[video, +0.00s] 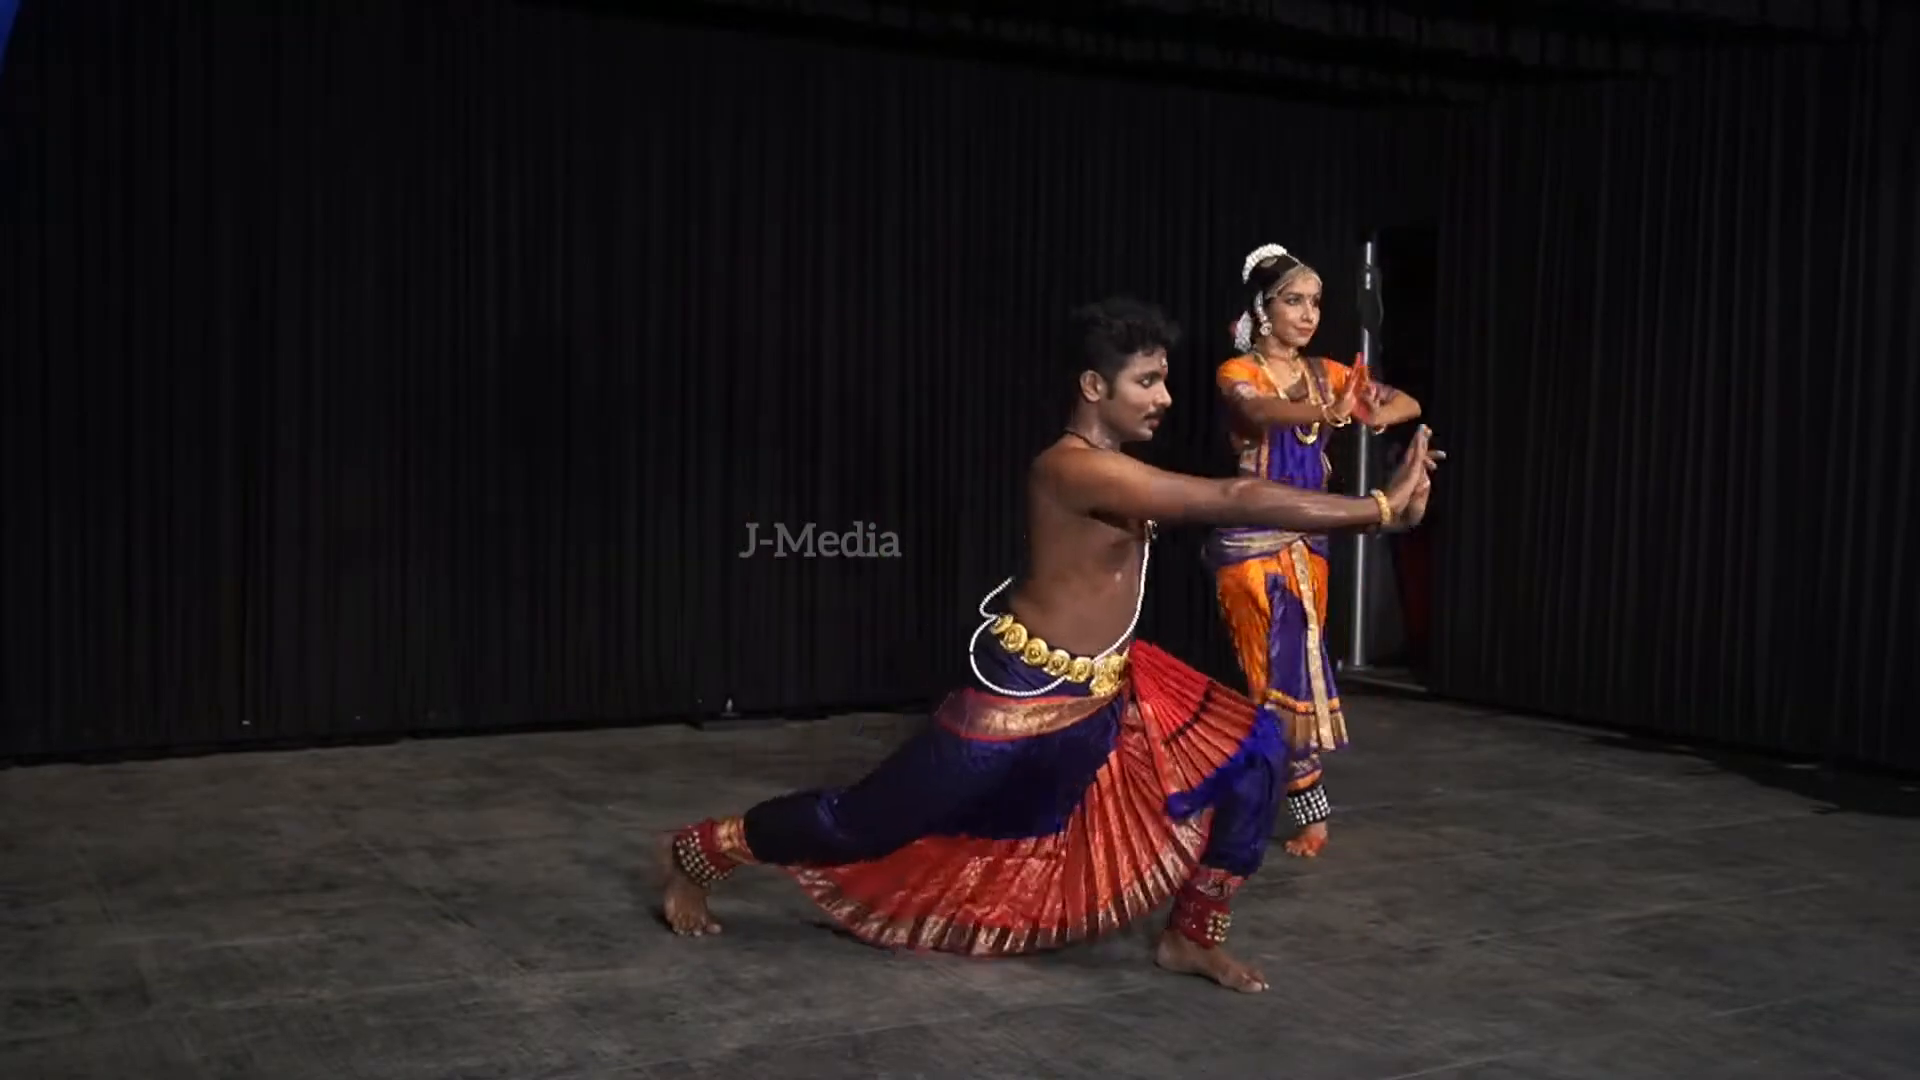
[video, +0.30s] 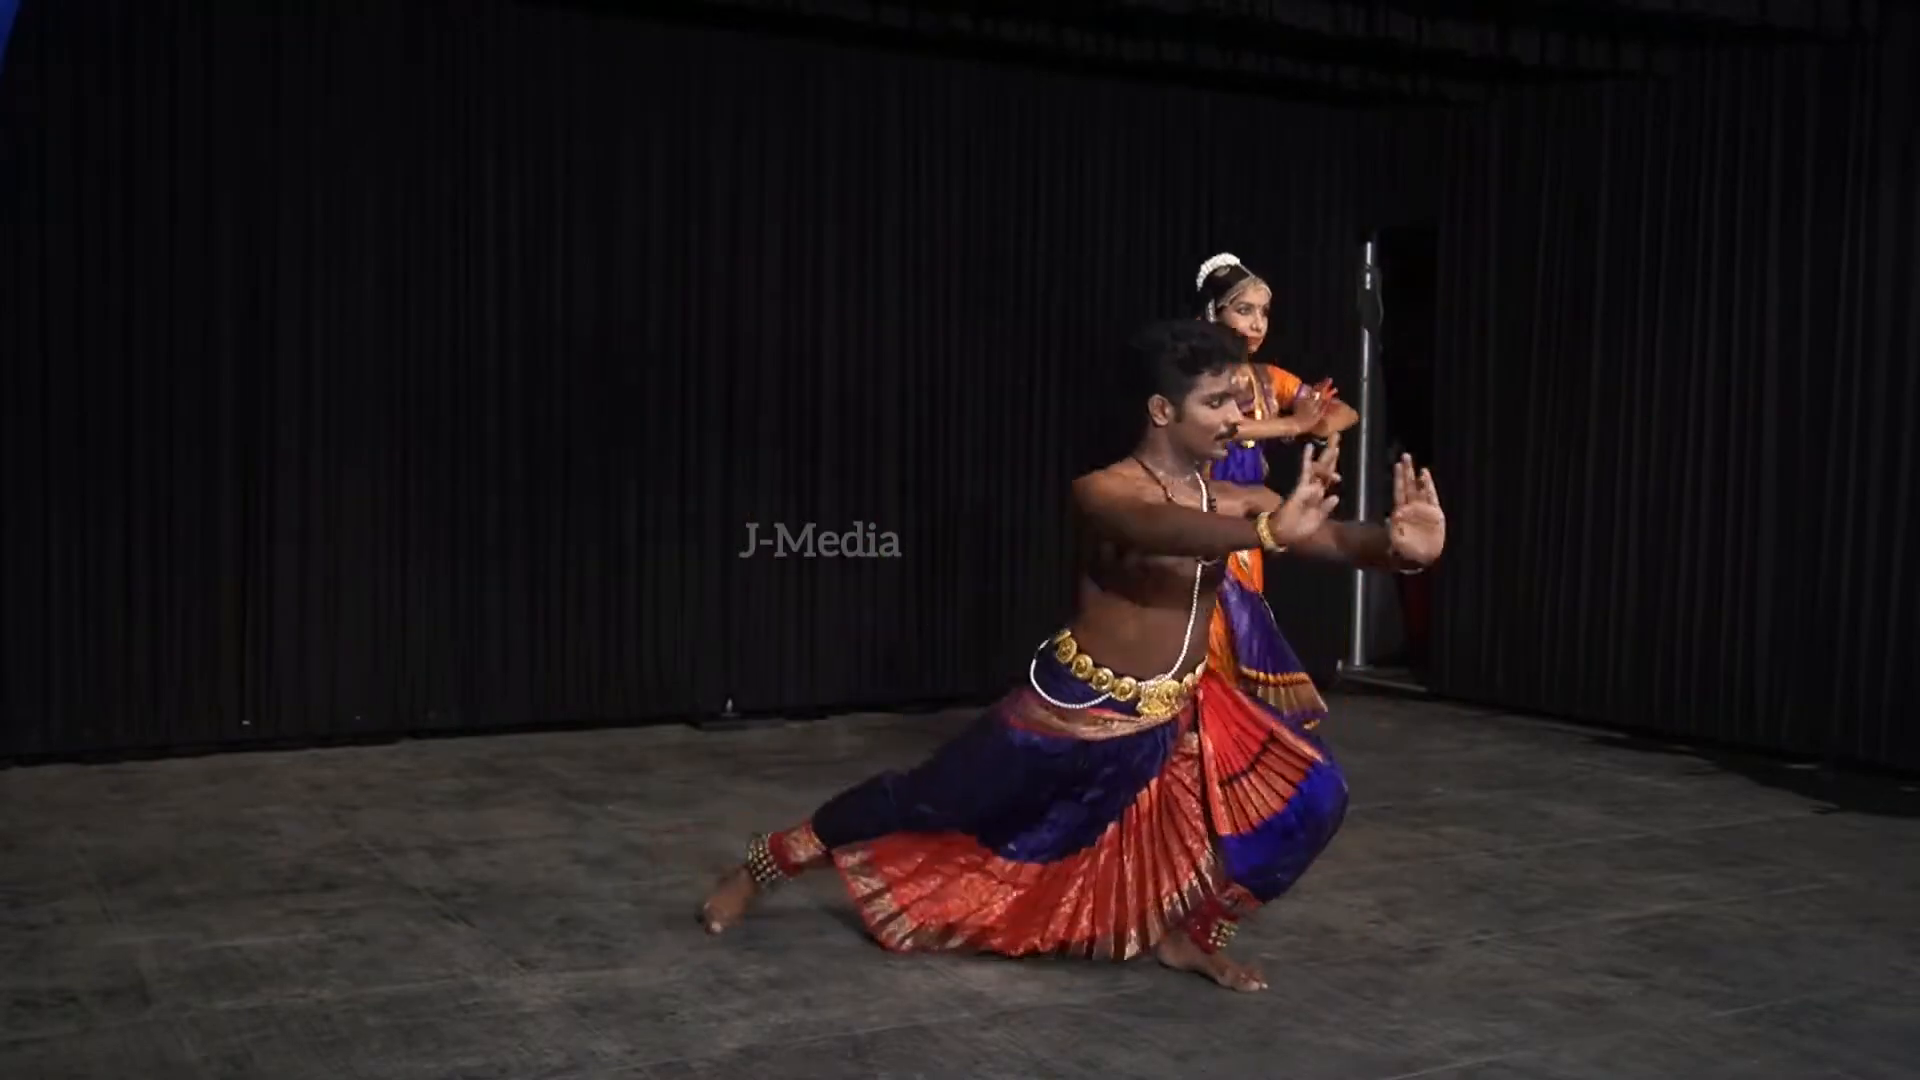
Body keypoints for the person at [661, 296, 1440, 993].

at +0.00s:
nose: (1163, 399)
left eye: (1166, 383)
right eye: (1146, 383)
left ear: (1141, 391)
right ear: (1092, 387)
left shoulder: (1126, 462)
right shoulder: (1072, 467)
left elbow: (1218, 506)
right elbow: (1230, 503)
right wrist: (1375, 512)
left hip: (1108, 679)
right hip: (1022, 687)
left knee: (1257, 752)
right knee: (866, 825)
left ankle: (1194, 934)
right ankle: (698, 852)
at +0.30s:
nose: (1237, 420)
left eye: (1241, 404)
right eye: (1218, 404)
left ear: (1239, 410)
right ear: (1160, 409)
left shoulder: (1239, 491)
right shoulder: (1104, 491)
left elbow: (1328, 542)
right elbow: (1166, 530)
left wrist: (1402, 547)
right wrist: (1264, 528)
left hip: (1185, 713)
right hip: (1082, 703)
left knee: (1315, 795)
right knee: (935, 794)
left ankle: (1191, 930)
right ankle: (768, 863)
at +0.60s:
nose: (1205, 360)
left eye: (1221, 343)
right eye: (1187, 344)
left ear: (1244, 355)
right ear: (1160, 356)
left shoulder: (1286, 449)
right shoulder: (1113, 445)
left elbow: (1398, 523)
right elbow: (1004, 522)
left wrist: (1278, 527)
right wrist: (1112, 540)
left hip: (1235, 672)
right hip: (1120, 663)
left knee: (1319, 806)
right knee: (998, 785)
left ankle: (1201, 929)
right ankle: (846, 896)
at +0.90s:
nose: (1172, 298)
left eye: (1188, 281)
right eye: (1155, 283)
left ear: (1217, 289)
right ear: (1135, 296)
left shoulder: (1274, 354)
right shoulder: (1107, 405)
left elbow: (1412, 301)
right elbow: (1037, 524)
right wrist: (1139, 544)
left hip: (1271, 602)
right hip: (1159, 609)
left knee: (1283, 792)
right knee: (1060, 756)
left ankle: (1218, 932)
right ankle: (939, 894)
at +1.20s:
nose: (1145, 283)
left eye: (1159, 263)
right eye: (1129, 272)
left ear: (1198, 260)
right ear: (1121, 285)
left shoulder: (1259, 295)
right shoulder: (1132, 402)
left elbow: (1236, 150)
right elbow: (1127, 534)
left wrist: (1168, 41)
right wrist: (1218, 549)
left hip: (1305, 551)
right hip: (1202, 567)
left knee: (1291, 763)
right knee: (1063, 647)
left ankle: (1223, 923)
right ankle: (1145, 830)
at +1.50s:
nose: (1097, 340)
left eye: (1100, 318)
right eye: (1087, 327)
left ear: (1146, 287)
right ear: (1121, 309)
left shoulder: (1235, 291)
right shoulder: (1145, 412)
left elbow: (1135, 175)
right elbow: (1177, 536)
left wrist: (1014, 190)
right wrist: (1277, 551)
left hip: (1326, 533)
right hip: (1229, 541)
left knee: (1290, 748)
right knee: (1069, 548)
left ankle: (1223, 923)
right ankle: (1173, 730)